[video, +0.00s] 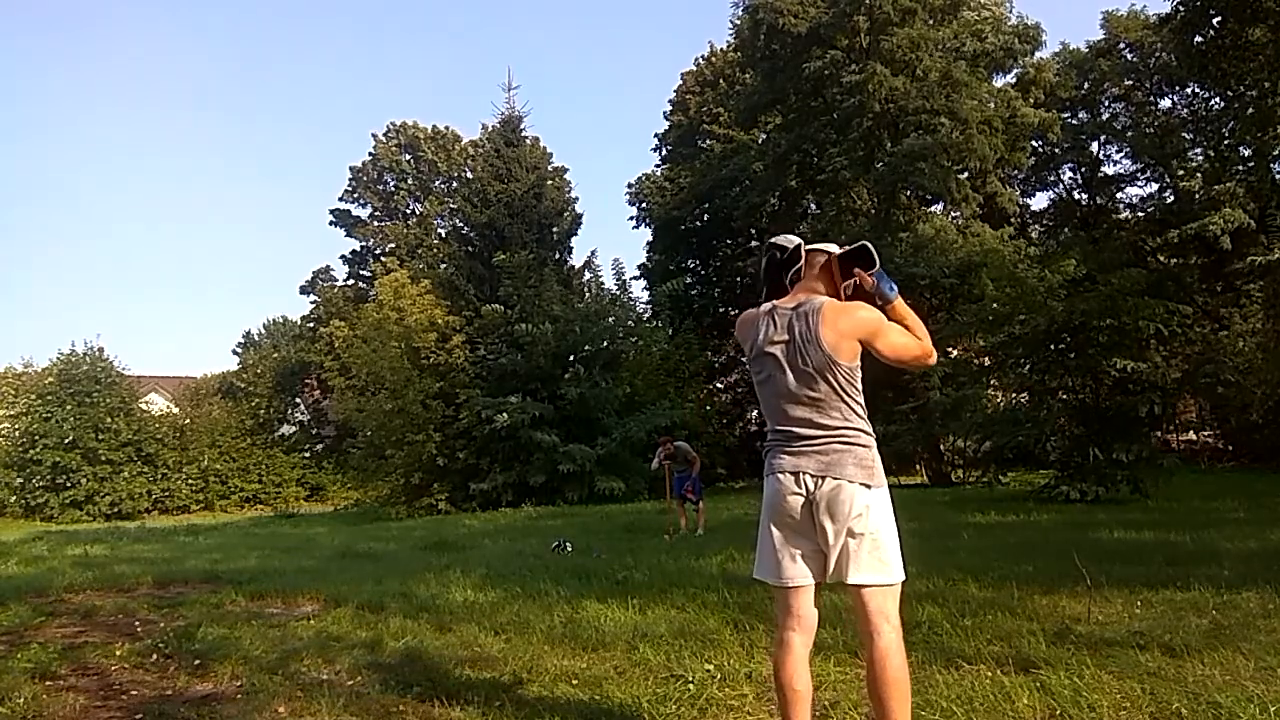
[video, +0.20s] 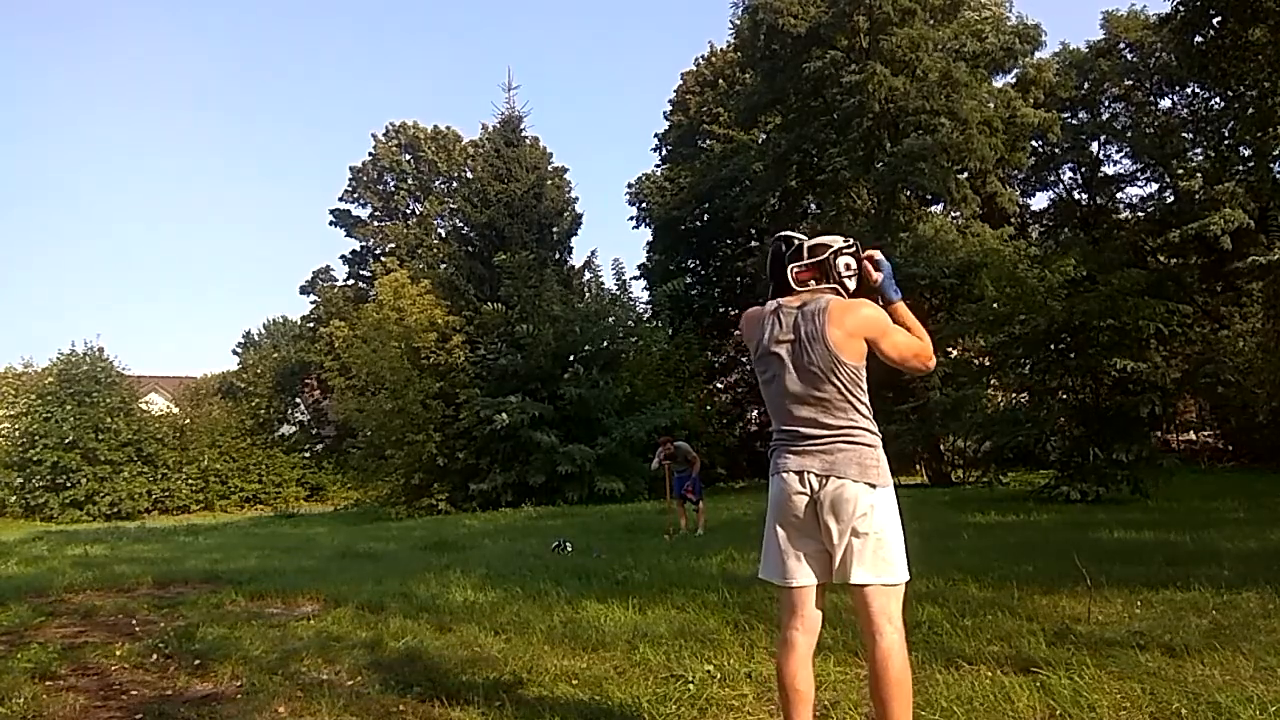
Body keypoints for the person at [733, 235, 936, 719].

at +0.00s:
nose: (839, 275)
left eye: (835, 265)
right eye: (832, 266)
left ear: (783, 277)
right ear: (815, 269)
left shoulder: (751, 324)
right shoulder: (851, 315)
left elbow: (768, 319)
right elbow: (925, 351)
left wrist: (825, 295)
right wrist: (888, 298)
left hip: (783, 480)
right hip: (854, 479)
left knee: (793, 627)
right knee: (882, 628)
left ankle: (795, 719)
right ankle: (895, 717)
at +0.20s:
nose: (843, 272)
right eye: (838, 266)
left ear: (786, 277)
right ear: (831, 273)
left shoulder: (755, 322)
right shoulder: (856, 313)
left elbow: (771, 318)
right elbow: (924, 357)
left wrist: (826, 288)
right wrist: (890, 295)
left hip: (789, 478)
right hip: (858, 476)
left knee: (797, 627)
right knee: (884, 629)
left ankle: (797, 719)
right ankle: (896, 718)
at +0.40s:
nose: (857, 273)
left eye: (854, 266)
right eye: (852, 266)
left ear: (794, 278)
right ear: (842, 272)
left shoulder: (761, 323)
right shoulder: (861, 311)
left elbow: (766, 317)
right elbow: (919, 369)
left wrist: (822, 292)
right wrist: (879, 302)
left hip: (792, 480)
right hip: (862, 477)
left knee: (798, 628)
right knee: (887, 631)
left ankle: (798, 719)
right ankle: (897, 718)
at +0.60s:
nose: (858, 274)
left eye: (854, 267)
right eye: (854, 267)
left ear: (795, 273)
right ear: (845, 269)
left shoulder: (762, 322)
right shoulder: (864, 309)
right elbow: (916, 376)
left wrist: (820, 297)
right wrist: (875, 307)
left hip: (794, 482)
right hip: (865, 479)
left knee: (800, 629)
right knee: (889, 631)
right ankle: (899, 719)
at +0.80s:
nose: (857, 270)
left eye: (852, 263)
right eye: (852, 263)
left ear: (792, 276)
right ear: (843, 268)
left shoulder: (762, 323)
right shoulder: (866, 307)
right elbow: (918, 373)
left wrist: (830, 298)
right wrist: (876, 301)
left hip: (797, 484)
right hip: (869, 482)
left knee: (801, 631)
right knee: (890, 632)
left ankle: (799, 719)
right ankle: (898, 718)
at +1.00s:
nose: (866, 271)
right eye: (863, 264)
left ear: (800, 273)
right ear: (856, 266)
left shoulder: (769, 322)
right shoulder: (874, 309)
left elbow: (774, 323)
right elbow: (920, 375)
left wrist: (810, 287)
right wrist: (879, 302)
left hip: (801, 484)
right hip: (873, 482)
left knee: (803, 632)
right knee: (893, 634)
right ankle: (901, 718)